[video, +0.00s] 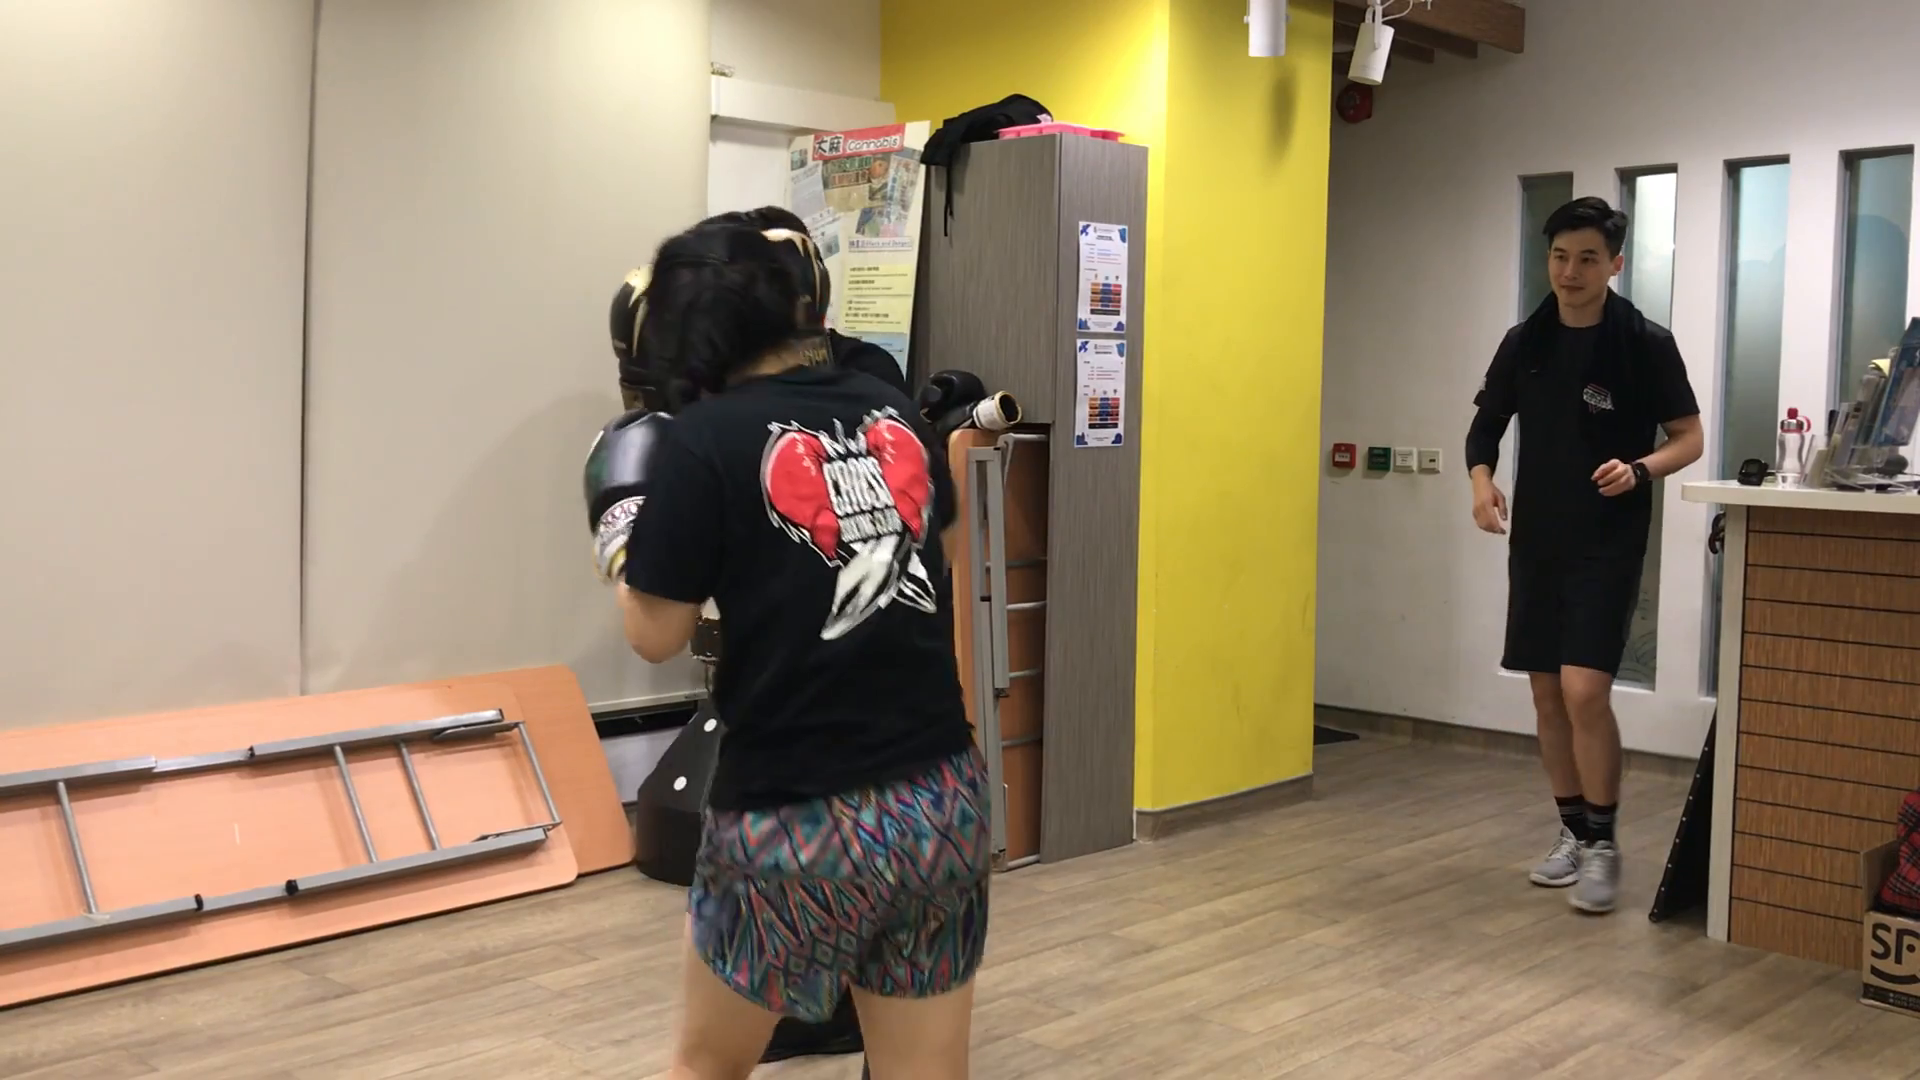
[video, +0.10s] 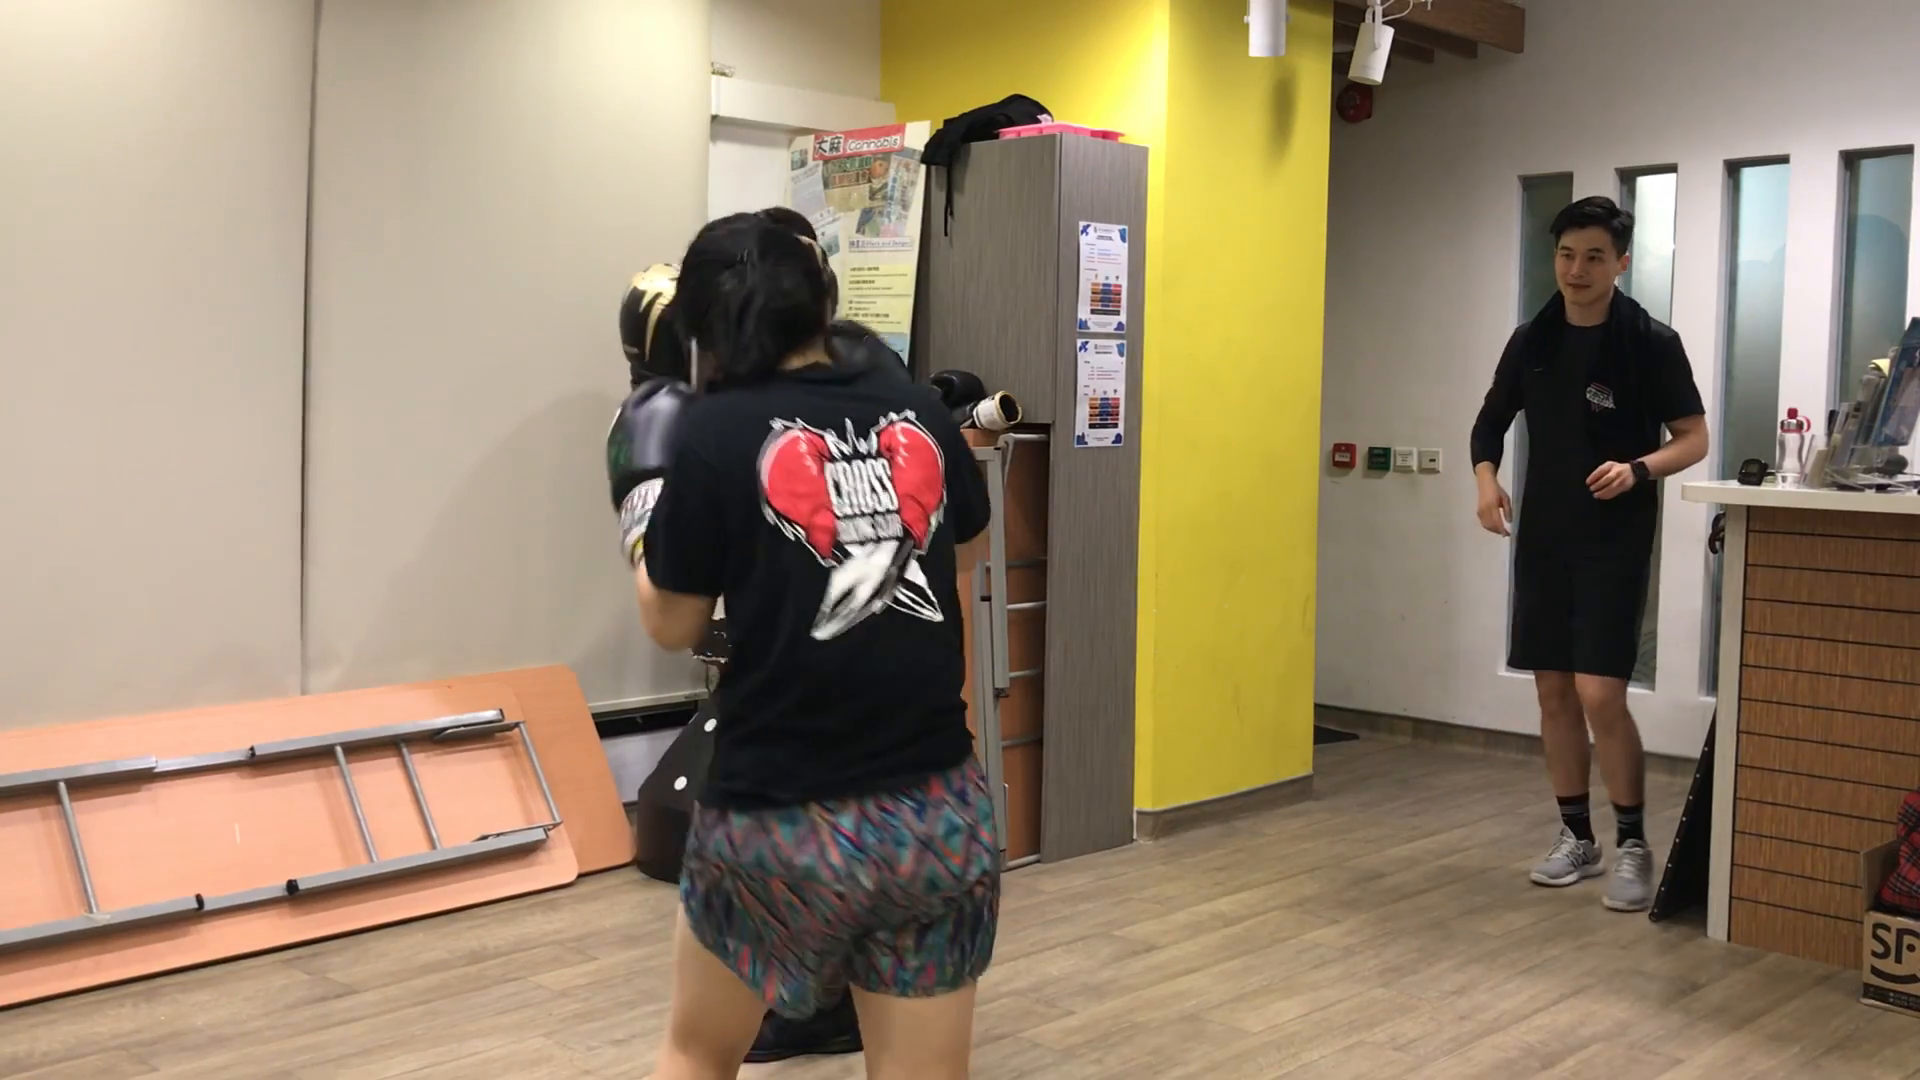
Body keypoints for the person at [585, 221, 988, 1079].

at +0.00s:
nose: (652, 344)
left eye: (660, 325)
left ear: (687, 333)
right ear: (808, 311)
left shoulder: (704, 442)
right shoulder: (891, 404)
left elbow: (655, 635)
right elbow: (943, 551)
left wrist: (624, 513)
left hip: (791, 823)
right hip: (943, 793)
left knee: (707, 1062)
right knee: (928, 1068)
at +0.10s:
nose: (690, 341)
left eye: (692, 323)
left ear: (707, 327)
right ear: (827, 306)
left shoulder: (714, 429)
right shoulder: (917, 407)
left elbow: (673, 625)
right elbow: (966, 548)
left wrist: (646, 503)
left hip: (777, 822)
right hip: (936, 805)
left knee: (699, 1054)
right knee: (924, 1068)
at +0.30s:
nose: (837, 271)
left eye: (831, 258)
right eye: (830, 257)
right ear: (816, 268)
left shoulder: (876, 342)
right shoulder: (739, 366)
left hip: (903, 630)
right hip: (808, 630)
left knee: (923, 834)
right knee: (820, 820)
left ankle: (957, 1023)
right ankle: (822, 993)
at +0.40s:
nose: (838, 292)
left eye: (832, 276)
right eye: (834, 277)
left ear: (706, 292)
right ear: (824, 288)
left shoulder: (651, 395)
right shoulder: (883, 395)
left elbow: (602, 564)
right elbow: (976, 556)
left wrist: (696, 486)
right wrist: (961, 456)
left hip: (679, 796)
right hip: (837, 792)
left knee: (695, 1068)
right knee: (888, 1066)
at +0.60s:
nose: (880, 335)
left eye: (876, 315)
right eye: (878, 317)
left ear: (753, 325)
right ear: (865, 327)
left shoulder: (690, 428)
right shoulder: (884, 451)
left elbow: (576, 568)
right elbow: (955, 642)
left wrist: (687, 513)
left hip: (668, 815)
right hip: (807, 819)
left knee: (738, 1014)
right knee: (811, 1064)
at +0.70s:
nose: (896, 303)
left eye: (892, 283)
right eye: (891, 284)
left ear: (777, 293)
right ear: (870, 292)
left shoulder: (713, 388)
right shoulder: (857, 404)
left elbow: (590, 460)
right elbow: (897, 592)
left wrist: (706, 436)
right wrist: (956, 497)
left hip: (668, 749)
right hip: (778, 751)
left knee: (747, 1004)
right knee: (778, 1052)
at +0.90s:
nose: (828, 312)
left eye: (826, 294)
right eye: (820, 294)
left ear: (721, 303)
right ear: (793, 300)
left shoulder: (657, 409)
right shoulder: (817, 409)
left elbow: (604, 512)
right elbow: (914, 556)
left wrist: (717, 487)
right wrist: (940, 488)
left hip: (660, 755)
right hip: (777, 753)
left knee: (708, 1005)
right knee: (771, 1043)